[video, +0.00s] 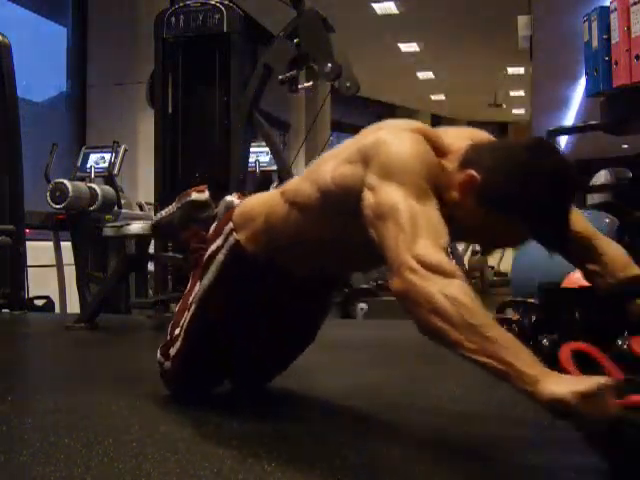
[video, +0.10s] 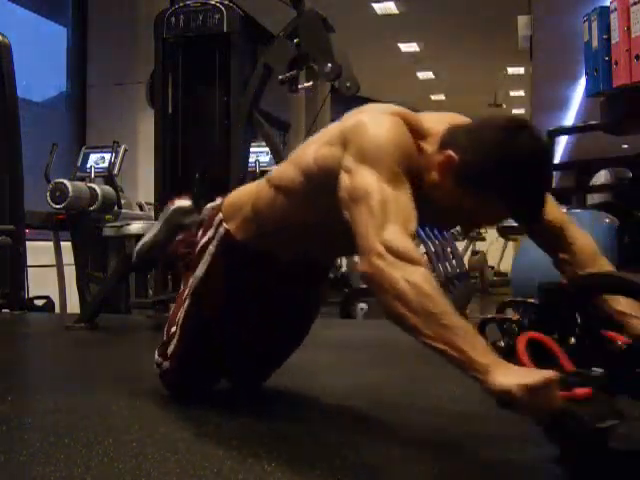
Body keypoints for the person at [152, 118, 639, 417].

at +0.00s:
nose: (483, 247)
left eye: (498, 243)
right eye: (488, 236)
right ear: (467, 191)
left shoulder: (496, 164)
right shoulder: (398, 152)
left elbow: (591, 247)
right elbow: (422, 282)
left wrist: (637, 293)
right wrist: (540, 380)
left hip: (315, 279)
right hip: (252, 255)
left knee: (247, 381)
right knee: (181, 377)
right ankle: (209, 240)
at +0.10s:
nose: (466, 228)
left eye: (479, 224)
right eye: (469, 217)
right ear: (447, 168)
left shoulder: (480, 148)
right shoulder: (376, 136)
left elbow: (558, 231)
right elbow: (390, 266)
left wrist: (614, 302)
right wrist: (493, 369)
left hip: (304, 271)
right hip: (238, 252)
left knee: (243, 381)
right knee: (182, 381)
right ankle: (190, 254)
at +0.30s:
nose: (430, 204)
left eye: (445, 198)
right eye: (429, 190)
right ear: (409, 145)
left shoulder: (453, 143)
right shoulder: (345, 117)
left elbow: (515, 223)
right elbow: (338, 244)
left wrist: (575, 313)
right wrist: (418, 356)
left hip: (293, 253)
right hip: (227, 233)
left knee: (238, 378)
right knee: (183, 378)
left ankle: (170, 299)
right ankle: (151, 289)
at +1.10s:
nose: (448, 243)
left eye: (461, 237)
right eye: (447, 232)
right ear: (417, 188)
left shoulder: (443, 164)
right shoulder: (348, 166)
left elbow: (527, 240)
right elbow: (382, 285)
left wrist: (601, 306)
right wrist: (498, 369)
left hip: (283, 273)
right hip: (222, 255)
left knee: (224, 378)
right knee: (178, 377)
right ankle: (180, 241)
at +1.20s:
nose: (472, 269)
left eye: (486, 263)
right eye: (473, 256)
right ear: (445, 211)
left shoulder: (466, 180)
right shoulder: (376, 188)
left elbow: (555, 250)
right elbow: (416, 305)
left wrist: (624, 303)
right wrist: (551, 385)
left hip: (295, 289)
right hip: (238, 274)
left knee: (230, 374)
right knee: (180, 371)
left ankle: (216, 242)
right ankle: (188, 256)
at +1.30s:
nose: (496, 295)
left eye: (512, 288)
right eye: (498, 281)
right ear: (469, 232)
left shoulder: (488, 195)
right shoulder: (402, 208)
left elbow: (598, 267)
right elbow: (451, 325)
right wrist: (599, 400)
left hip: (306, 299)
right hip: (251, 288)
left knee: (232, 375)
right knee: (179, 373)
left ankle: (222, 258)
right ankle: (194, 269)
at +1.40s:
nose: (511, 302)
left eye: (527, 299)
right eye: (518, 293)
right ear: (497, 251)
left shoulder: (513, 209)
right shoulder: (423, 222)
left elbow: (620, 275)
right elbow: (486, 338)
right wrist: (632, 403)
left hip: (311, 314)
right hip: (259, 301)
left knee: (234, 374)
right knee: (186, 371)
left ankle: (241, 262)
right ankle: (209, 263)